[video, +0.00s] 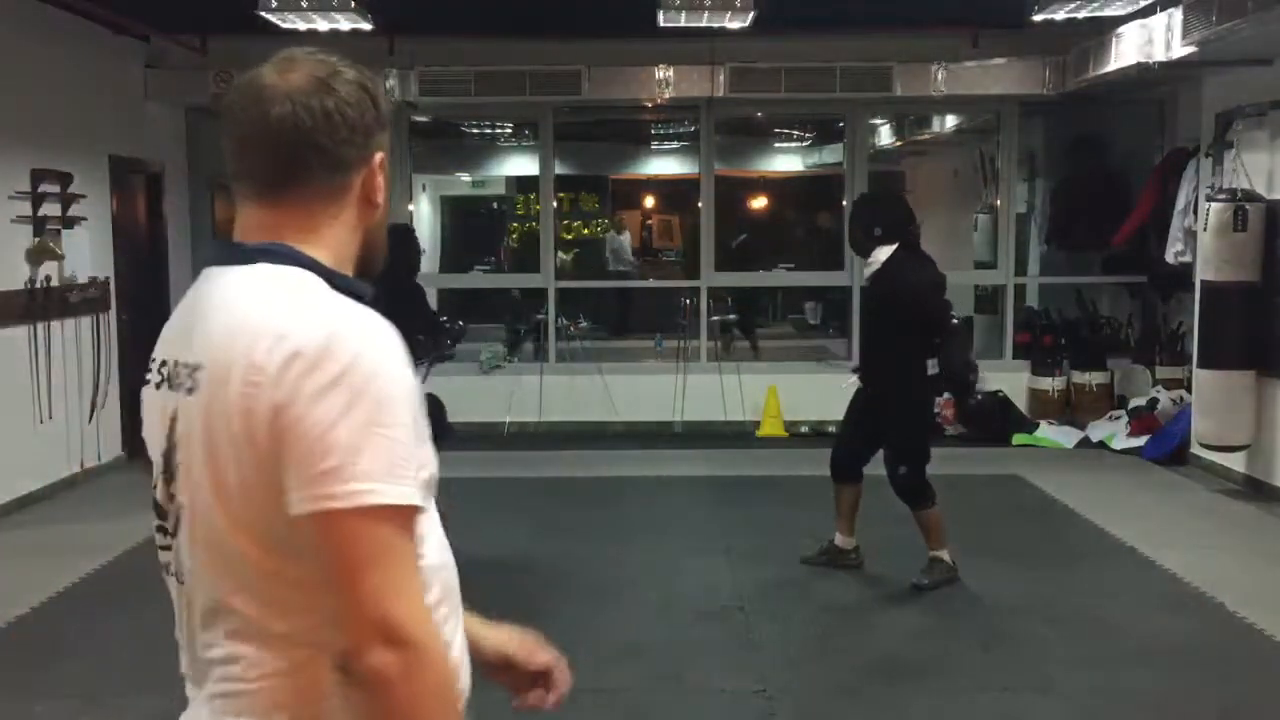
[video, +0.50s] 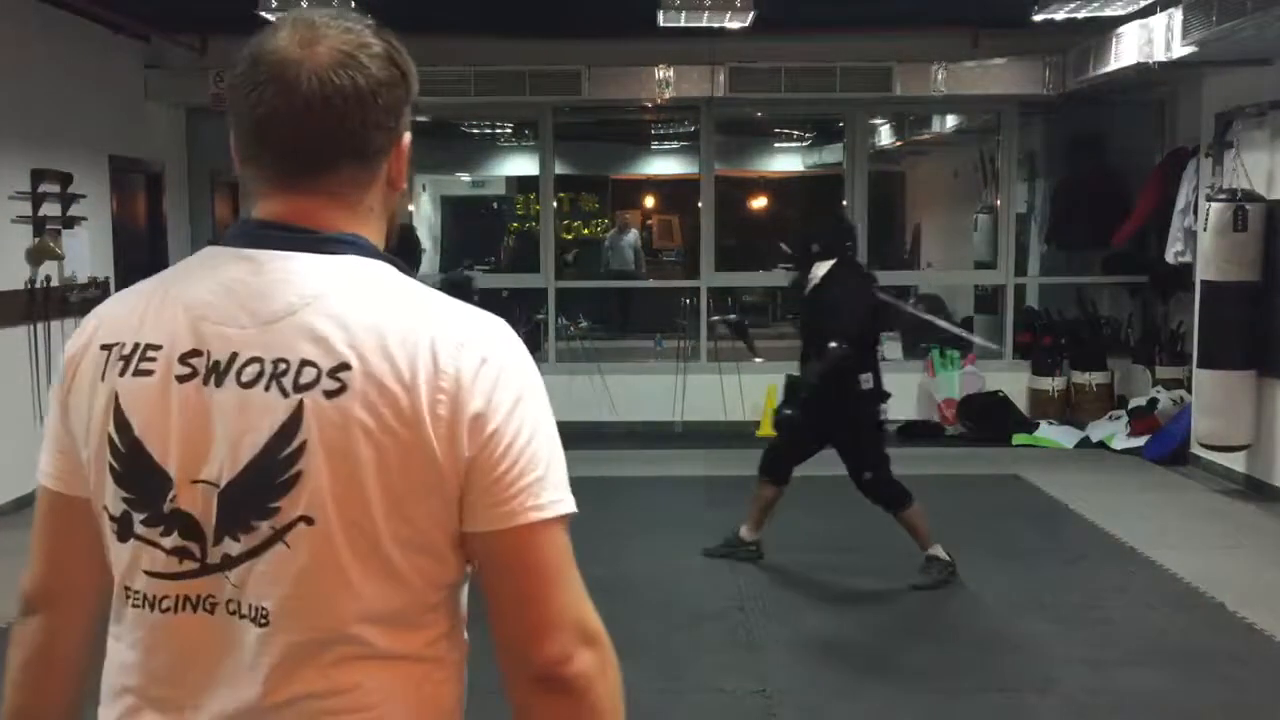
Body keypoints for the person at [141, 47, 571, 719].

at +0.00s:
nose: (396, 199)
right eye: (396, 177)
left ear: (242, 174)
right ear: (375, 182)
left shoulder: (193, 320)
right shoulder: (338, 341)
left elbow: (282, 553)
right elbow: (385, 649)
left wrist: (473, 635)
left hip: (218, 699)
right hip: (323, 707)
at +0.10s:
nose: (411, 193)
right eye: (409, 170)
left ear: (246, 165)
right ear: (392, 171)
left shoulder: (172, 329)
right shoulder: (388, 341)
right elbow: (452, 652)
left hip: (198, 695)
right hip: (336, 701)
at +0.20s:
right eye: (421, 157)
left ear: (253, 161)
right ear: (408, 165)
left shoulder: (159, 331)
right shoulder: (430, 345)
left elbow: (138, 578)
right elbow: (506, 664)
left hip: (180, 704)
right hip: (364, 705)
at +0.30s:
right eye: (429, 156)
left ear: (257, 163)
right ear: (415, 169)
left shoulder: (142, 332)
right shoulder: (457, 353)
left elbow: (96, 592)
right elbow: (545, 669)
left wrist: (136, 701)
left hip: (174, 703)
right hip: (376, 701)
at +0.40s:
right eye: (428, 155)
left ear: (254, 159)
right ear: (414, 164)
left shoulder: (124, 333)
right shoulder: (468, 355)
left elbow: (71, 599)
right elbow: (562, 670)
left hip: (158, 706)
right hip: (380, 703)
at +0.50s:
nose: (412, 173)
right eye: (414, 153)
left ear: (241, 157)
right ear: (398, 162)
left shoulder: (108, 334)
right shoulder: (466, 352)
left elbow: (51, 612)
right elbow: (557, 661)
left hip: (148, 702)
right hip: (371, 702)